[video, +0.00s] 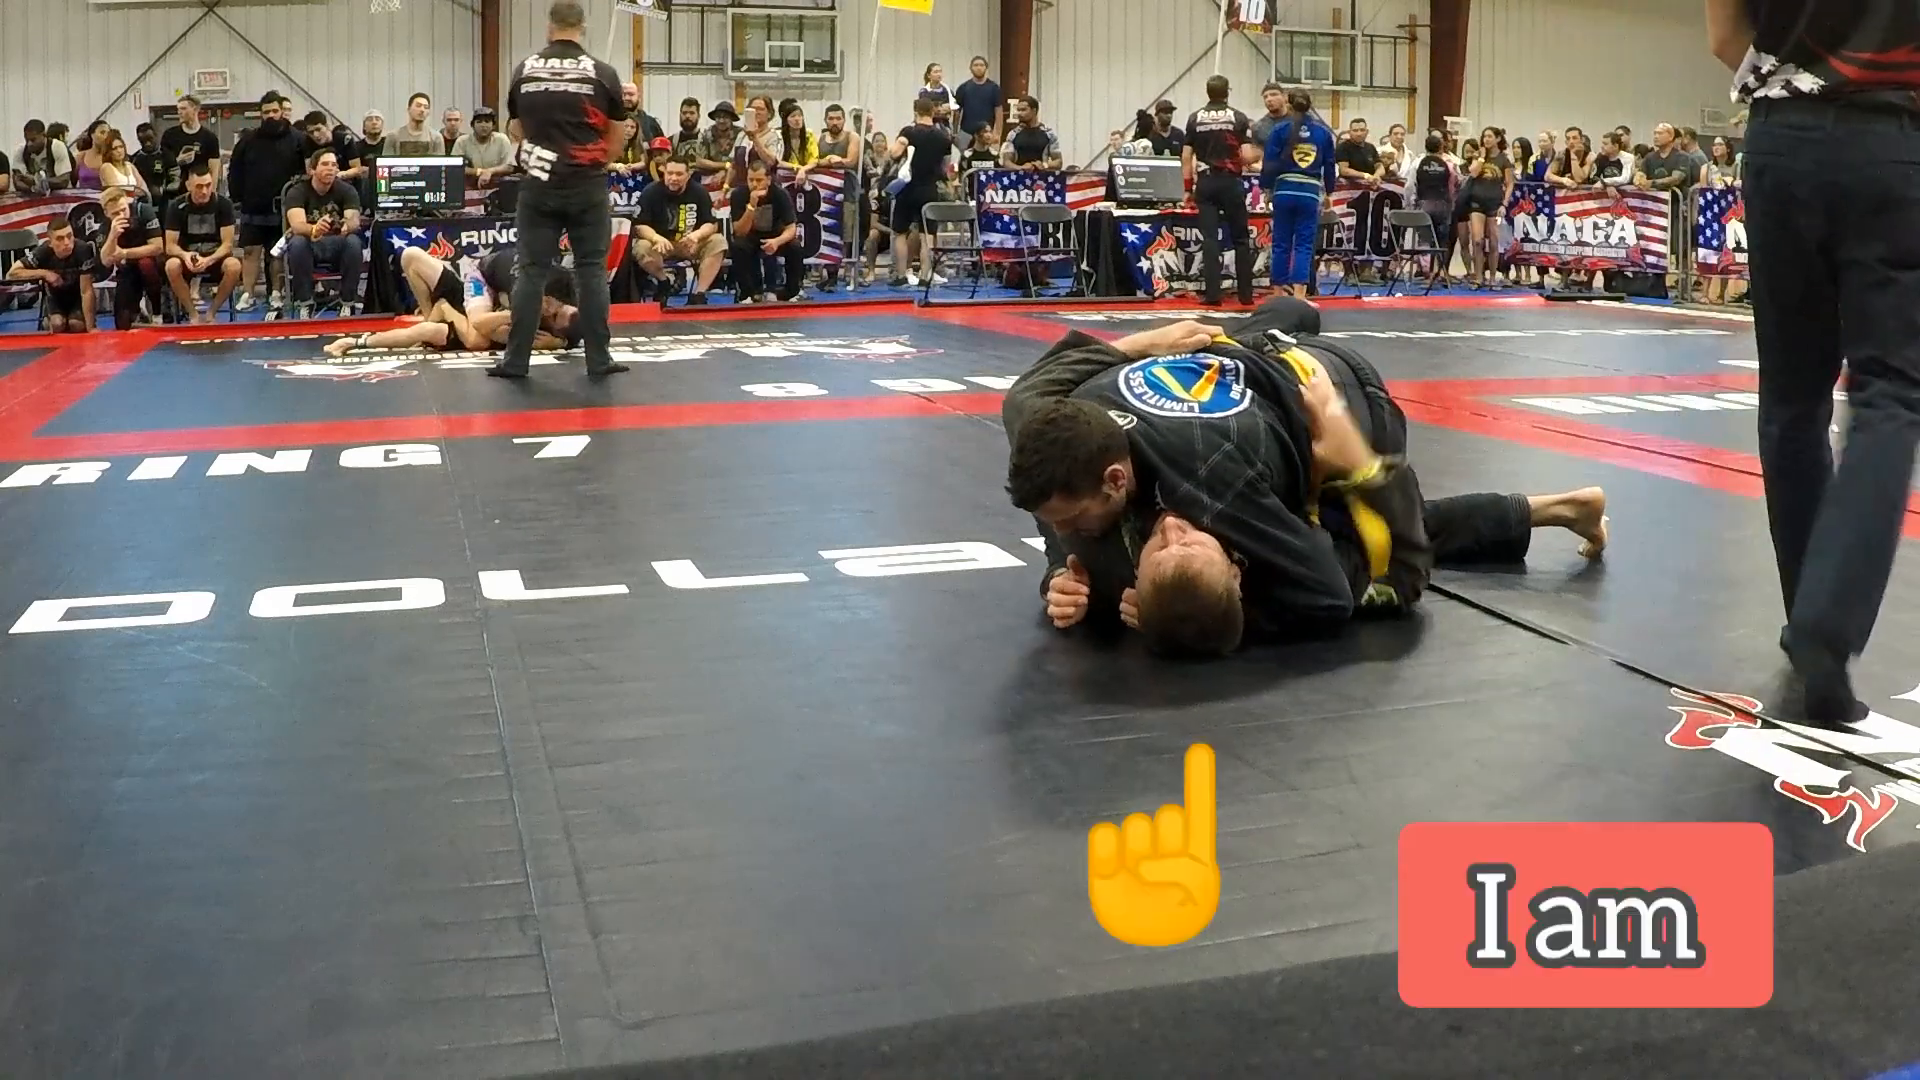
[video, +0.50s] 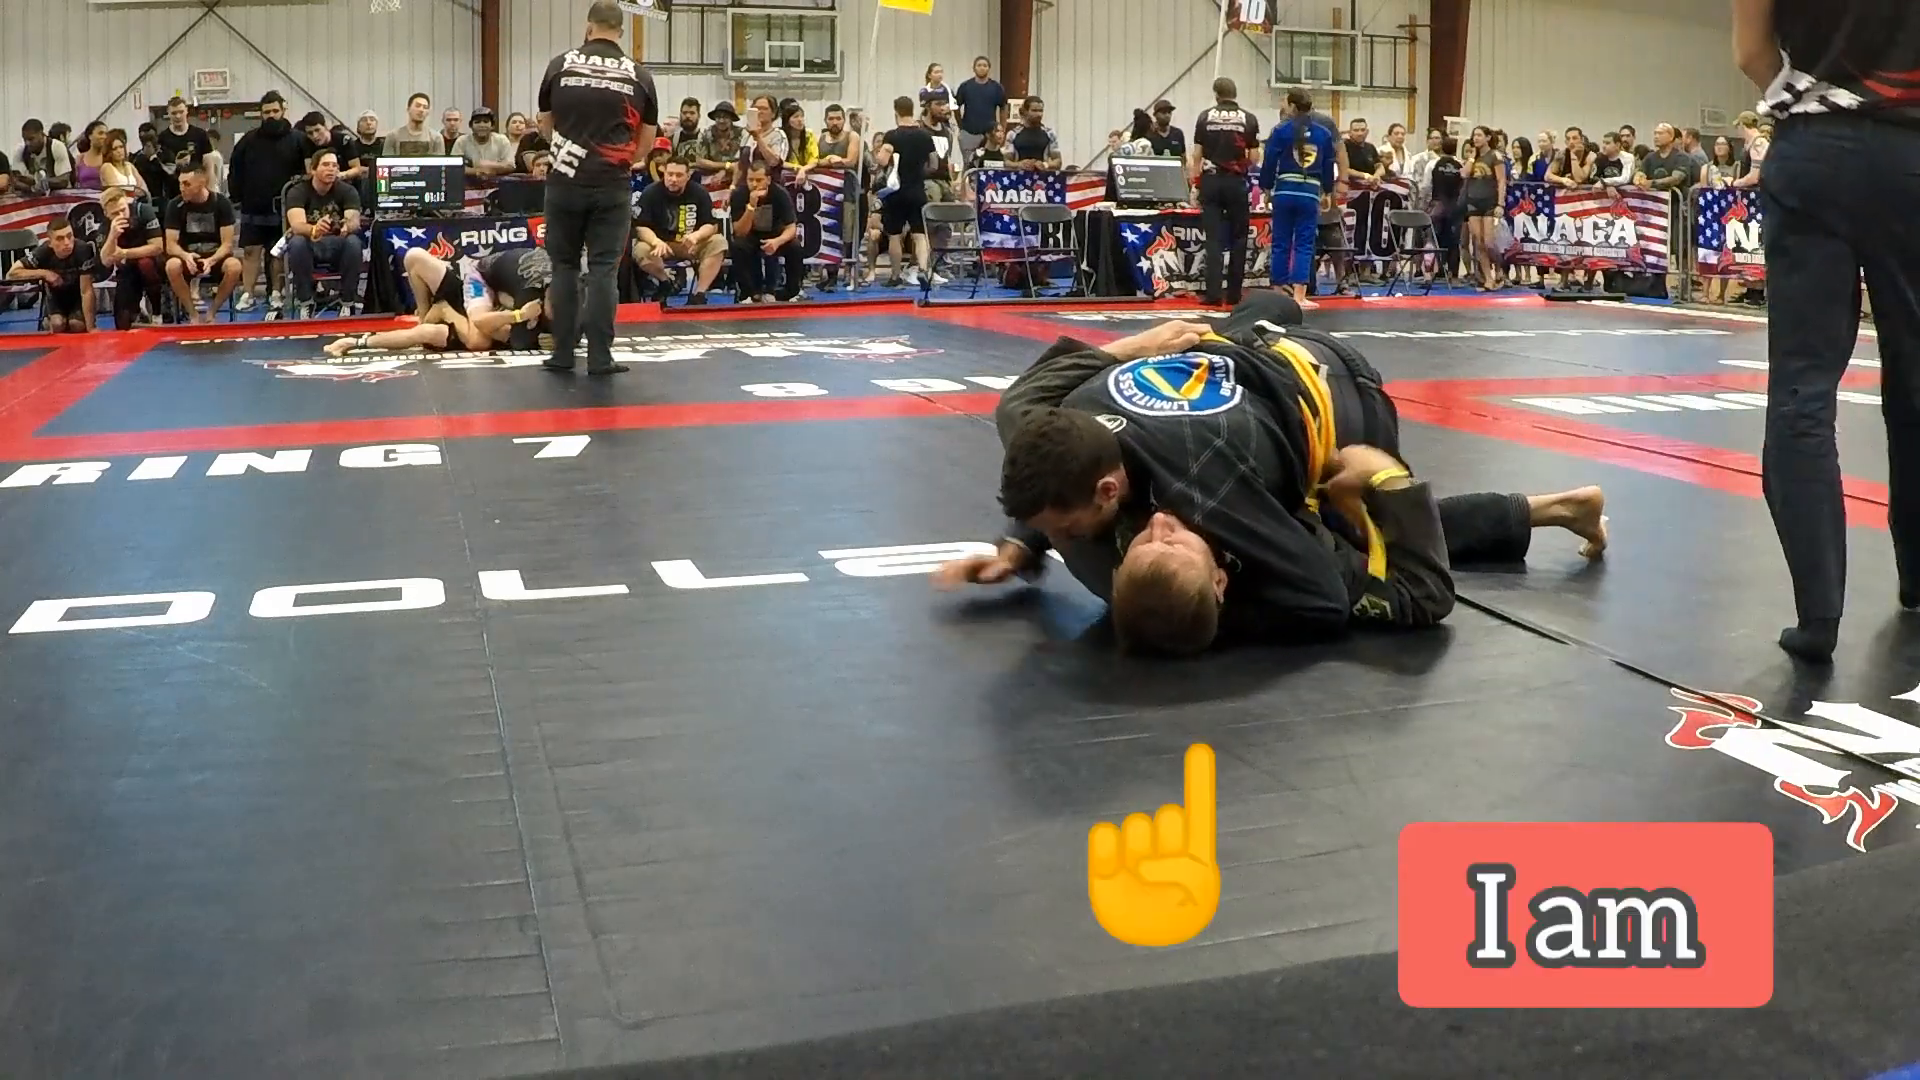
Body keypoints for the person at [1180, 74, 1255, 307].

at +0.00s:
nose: (1225, 94)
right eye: (1226, 90)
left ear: (1207, 93)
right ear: (1227, 93)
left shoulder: (1194, 119)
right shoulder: (1239, 118)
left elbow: (1186, 157)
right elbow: (1248, 156)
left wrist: (1188, 189)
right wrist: (1236, 160)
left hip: (1205, 180)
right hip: (1231, 181)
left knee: (1209, 239)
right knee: (1241, 238)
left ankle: (1212, 295)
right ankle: (1245, 295)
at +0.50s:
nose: (1217, 97)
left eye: (1216, 93)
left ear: (1215, 95)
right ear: (1235, 94)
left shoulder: (1205, 117)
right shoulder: (1249, 118)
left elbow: (1197, 155)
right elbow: (1254, 156)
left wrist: (1196, 183)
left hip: (1211, 180)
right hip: (1237, 182)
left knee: (1213, 239)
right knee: (1239, 239)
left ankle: (1213, 294)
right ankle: (1234, 295)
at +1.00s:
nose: (1226, 96)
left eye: (1225, 93)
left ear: (1226, 95)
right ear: (1245, 96)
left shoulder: (1214, 117)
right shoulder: (1256, 119)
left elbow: (1204, 155)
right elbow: (1250, 149)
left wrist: (1197, 185)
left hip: (1218, 178)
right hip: (1242, 180)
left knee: (1230, 233)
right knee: (1238, 237)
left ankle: (1233, 285)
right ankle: (1232, 292)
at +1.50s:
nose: (1216, 99)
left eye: (1217, 96)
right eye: (1217, 96)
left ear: (1222, 97)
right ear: (1239, 96)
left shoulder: (1216, 122)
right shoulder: (1255, 118)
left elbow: (1208, 159)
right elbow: (1256, 149)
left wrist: (1198, 186)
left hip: (1220, 179)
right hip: (1245, 181)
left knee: (1212, 200)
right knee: (1239, 238)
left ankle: (1231, 228)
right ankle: (1232, 293)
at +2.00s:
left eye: (1236, 93)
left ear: (1232, 96)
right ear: (1251, 97)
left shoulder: (1221, 119)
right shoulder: (1261, 121)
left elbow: (1210, 155)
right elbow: (1259, 151)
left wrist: (1199, 170)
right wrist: (1246, 165)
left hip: (1220, 178)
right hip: (1244, 182)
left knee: (1210, 198)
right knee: (1238, 239)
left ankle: (1227, 222)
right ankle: (1231, 292)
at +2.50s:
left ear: (1233, 96)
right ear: (1252, 97)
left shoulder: (1222, 117)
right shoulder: (1262, 120)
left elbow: (1207, 134)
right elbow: (1259, 141)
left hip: (1224, 179)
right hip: (1248, 182)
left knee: (1209, 197)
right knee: (1240, 239)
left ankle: (1230, 221)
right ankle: (1232, 293)